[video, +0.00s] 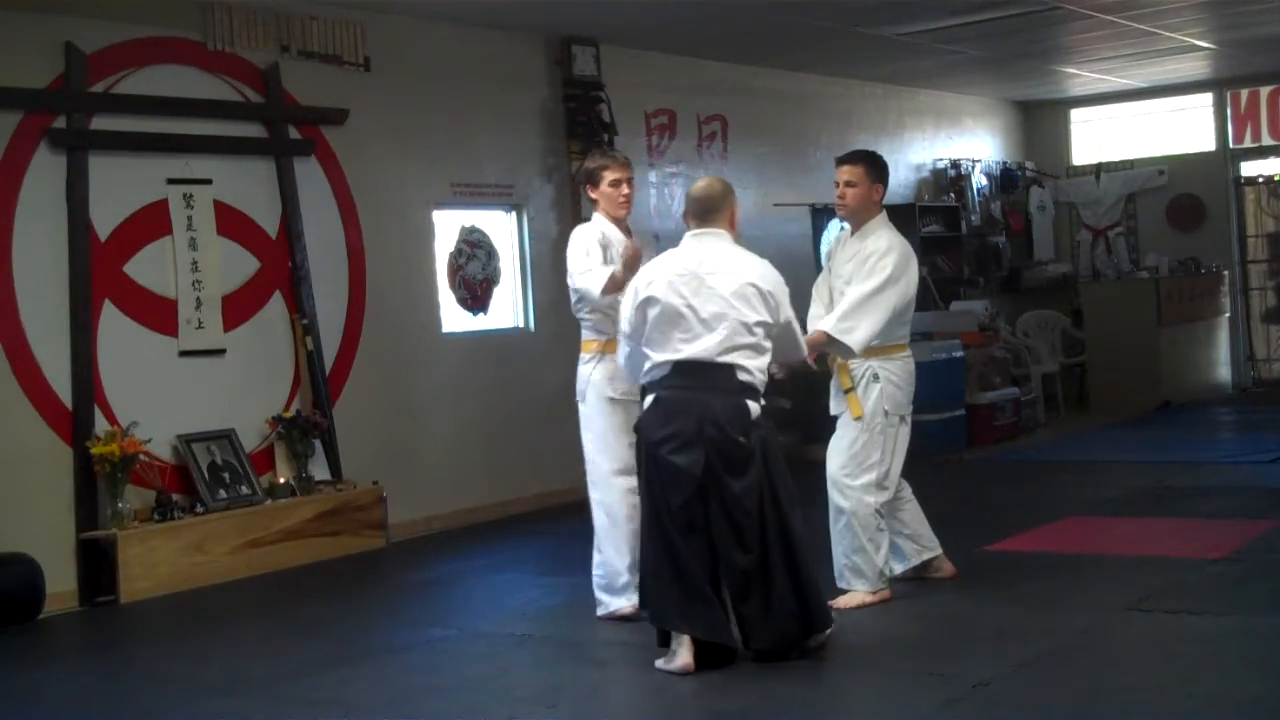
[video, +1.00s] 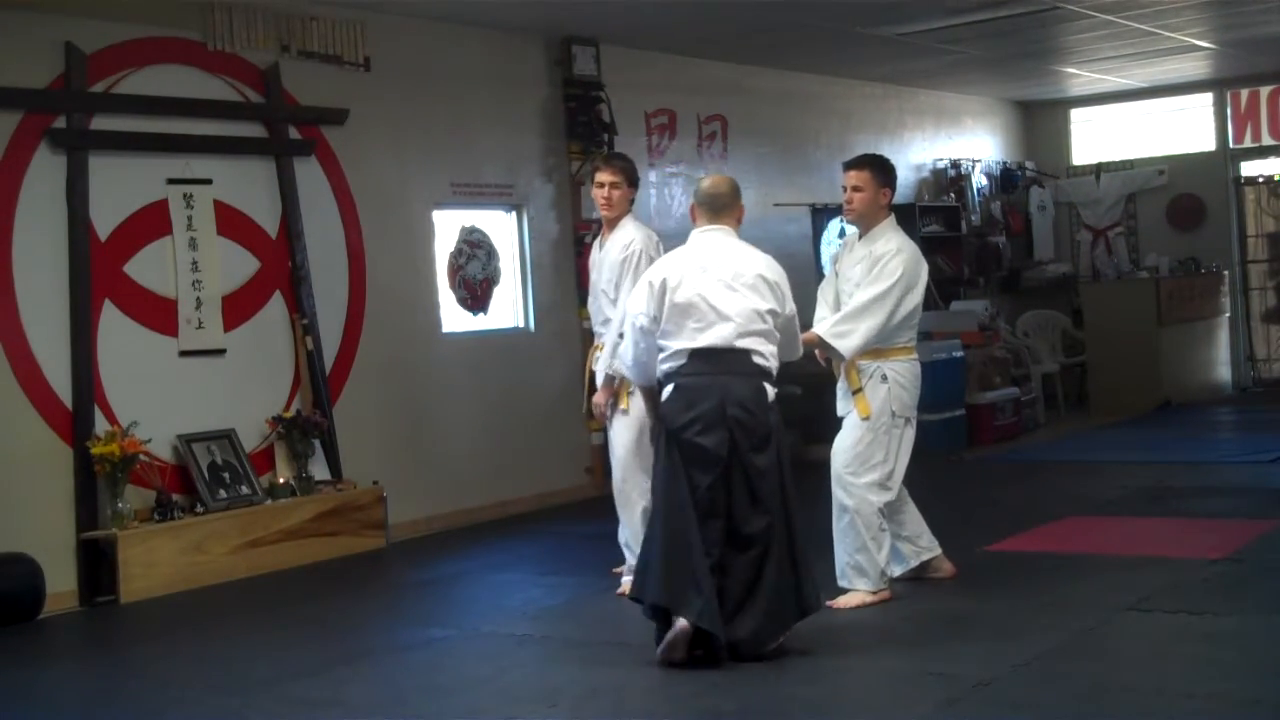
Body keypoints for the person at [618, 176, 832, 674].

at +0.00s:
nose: (738, 221)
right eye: (737, 214)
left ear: (685, 219)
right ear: (733, 216)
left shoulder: (650, 276)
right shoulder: (761, 273)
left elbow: (631, 360)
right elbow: (791, 354)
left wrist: (673, 372)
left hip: (668, 410)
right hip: (737, 409)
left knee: (675, 526)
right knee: (755, 519)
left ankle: (683, 644)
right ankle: (792, 625)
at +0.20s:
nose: (709, 211)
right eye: (707, 205)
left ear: (656, 215)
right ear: (704, 210)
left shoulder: (632, 271)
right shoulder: (741, 264)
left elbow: (597, 354)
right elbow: (774, 337)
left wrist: (590, 425)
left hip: (659, 407)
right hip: (726, 403)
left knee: (666, 524)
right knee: (731, 517)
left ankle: (681, 647)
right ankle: (746, 632)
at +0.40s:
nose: (698, 208)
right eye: (696, 202)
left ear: (646, 214)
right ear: (694, 207)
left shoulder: (630, 263)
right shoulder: (733, 260)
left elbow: (600, 344)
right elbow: (767, 331)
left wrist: (590, 422)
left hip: (659, 406)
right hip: (728, 403)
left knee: (665, 527)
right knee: (743, 516)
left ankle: (680, 650)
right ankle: (765, 628)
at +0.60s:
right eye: (698, 204)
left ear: (648, 214)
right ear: (694, 210)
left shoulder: (628, 258)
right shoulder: (731, 260)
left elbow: (607, 336)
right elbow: (768, 335)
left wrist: (613, 400)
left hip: (661, 399)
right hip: (726, 396)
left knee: (665, 521)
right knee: (742, 511)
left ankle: (680, 649)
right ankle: (766, 624)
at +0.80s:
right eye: (713, 211)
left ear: (664, 218)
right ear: (712, 214)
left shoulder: (643, 272)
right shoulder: (745, 266)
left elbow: (620, 355)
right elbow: (777, 343)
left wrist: (630, 402)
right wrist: (741, 360)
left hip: (672, 389)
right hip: (735, 388)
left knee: (675, 516)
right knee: (746, 510)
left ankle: (682, 646)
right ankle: (759, 630)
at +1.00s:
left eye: (695, 210)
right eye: (740, 213)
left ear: (692, 214)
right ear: (740, 215)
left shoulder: (663, 270)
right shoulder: (767, 267)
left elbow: (638, 352)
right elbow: (791, 347)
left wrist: (656, 405)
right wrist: (756, 361)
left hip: (688, 385)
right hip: (750, 384)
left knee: (690, 507)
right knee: (754, 506)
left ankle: (686, 612)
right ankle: (755, 625)